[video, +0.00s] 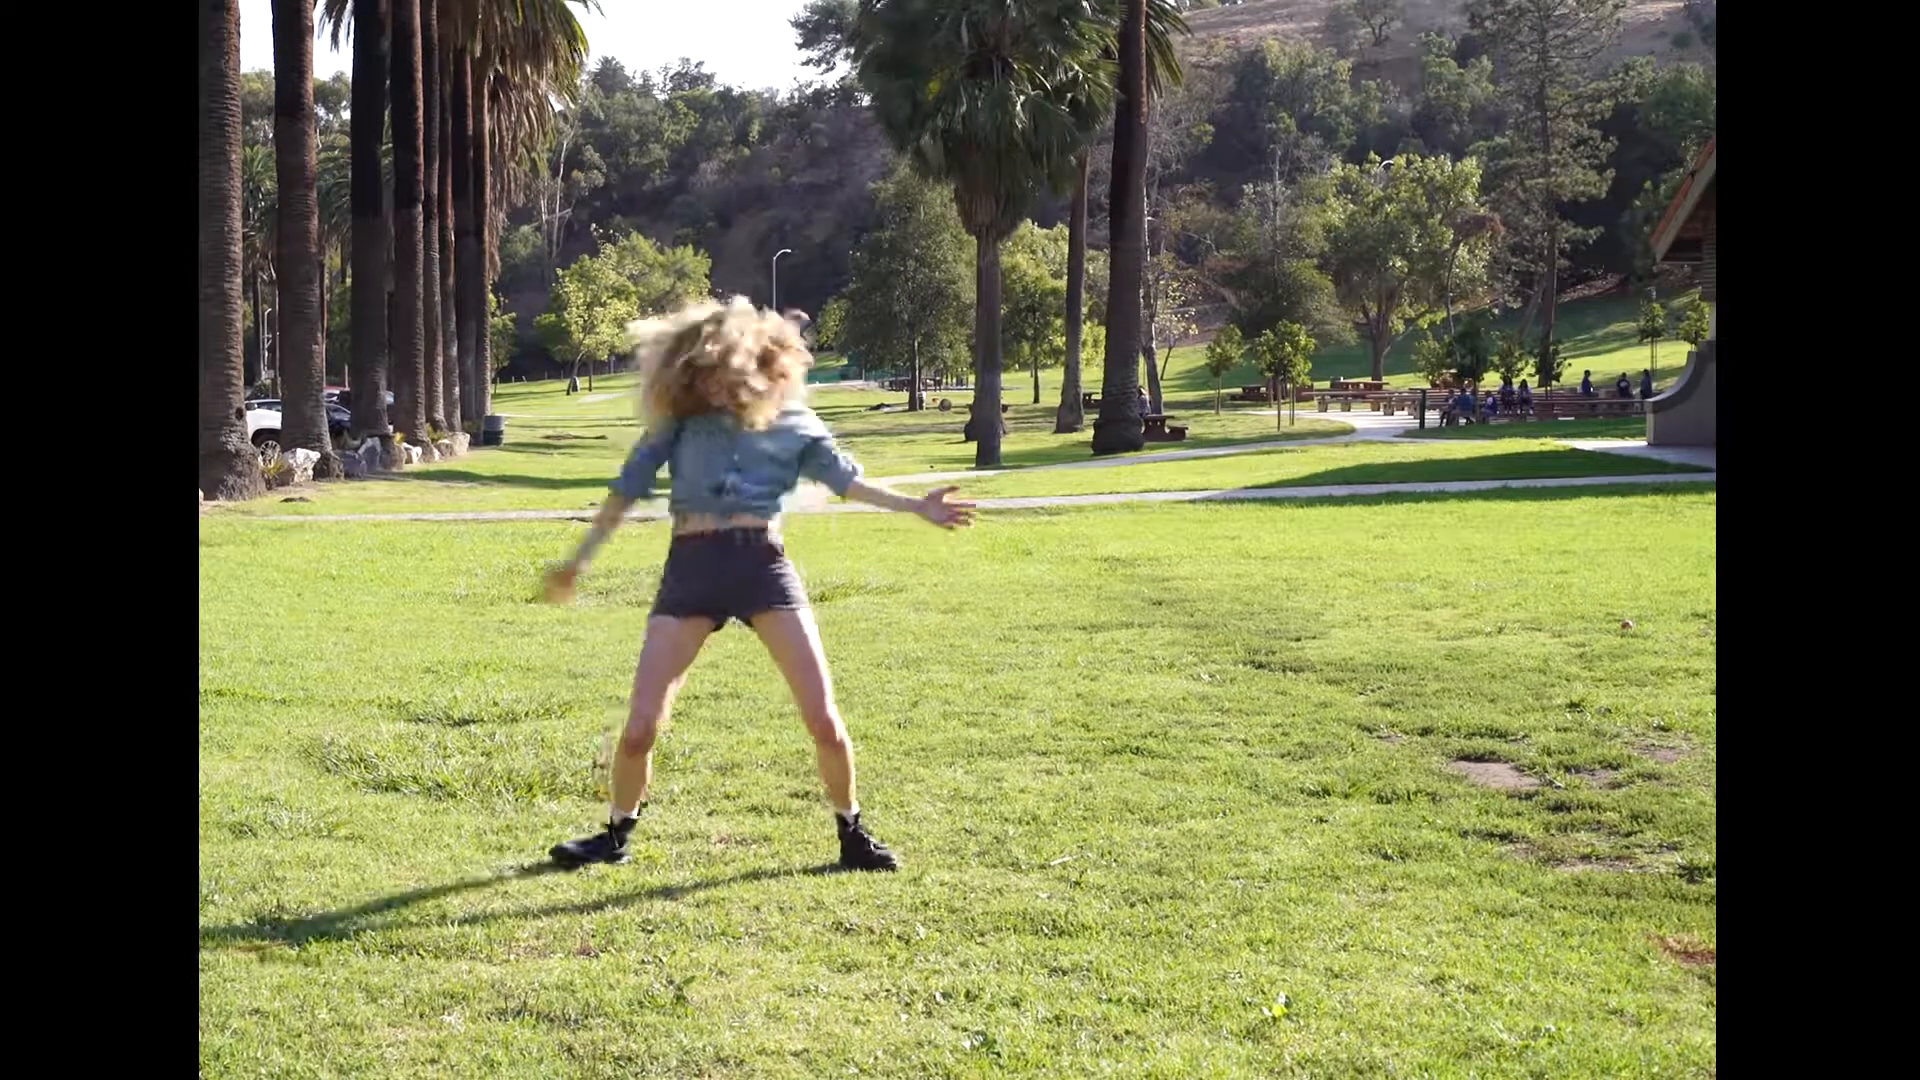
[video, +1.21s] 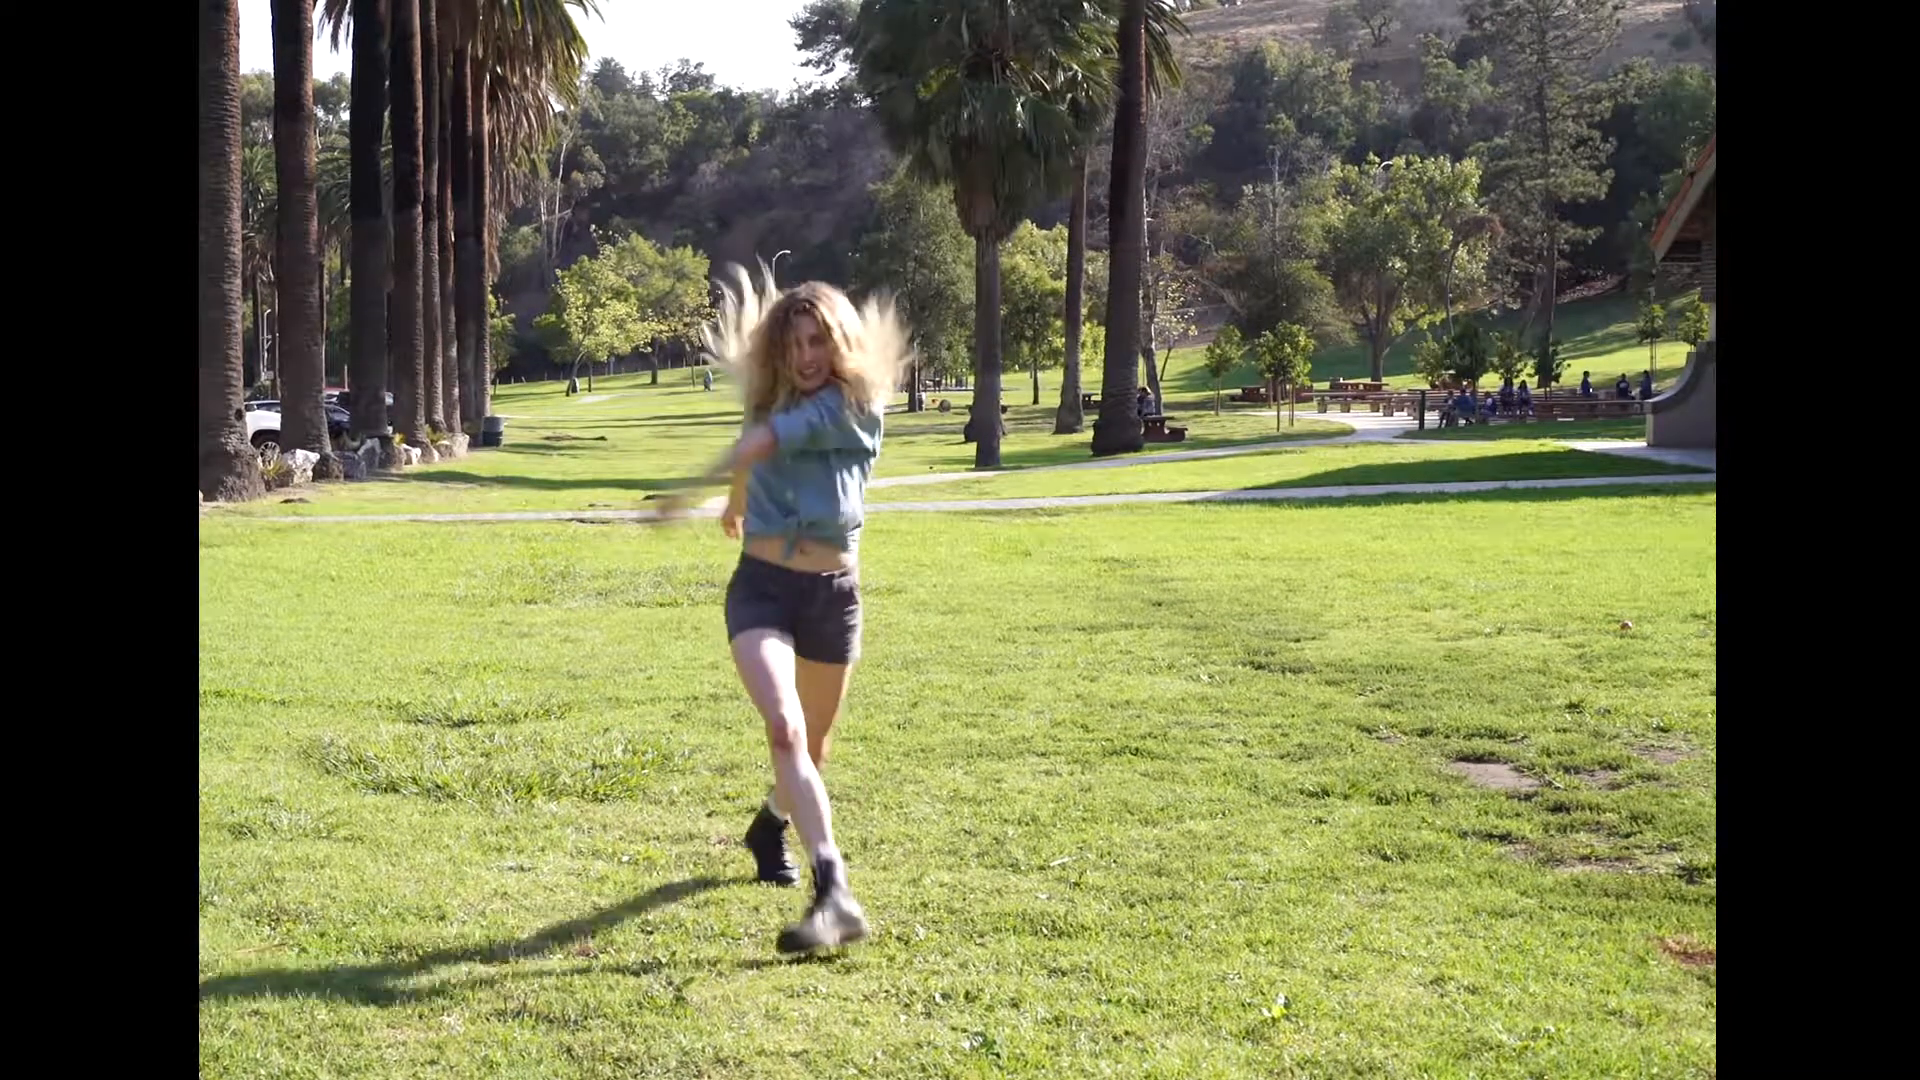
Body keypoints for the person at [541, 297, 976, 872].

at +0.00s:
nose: (718, 391)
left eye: (729, 378)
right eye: (706, 379)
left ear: (760, 373)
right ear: (692, 377)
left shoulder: (792, 426)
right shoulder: (681, 425)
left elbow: (851, 483)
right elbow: (624, 492)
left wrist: (918, 504)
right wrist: (578, 561)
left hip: (763, 566)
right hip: (690, 567)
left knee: (827, 725)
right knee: (638, 730)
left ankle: (852, 833)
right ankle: (617, 835)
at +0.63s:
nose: (774, 337)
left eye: (784, 329)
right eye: (763, 329)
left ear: (804, 345)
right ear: (744, 345)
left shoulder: (824, 425)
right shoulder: (713, 408)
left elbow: (868, 496)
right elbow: (644, 467)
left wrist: (908, 434)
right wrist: (581, 523)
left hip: (782, 578)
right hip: (707, 574)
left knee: (849, 724)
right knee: (639, 724)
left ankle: (857, 837)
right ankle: (591, 829)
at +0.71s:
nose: (782, 294)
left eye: (792, 285)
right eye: (772, 285)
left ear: (814, 299)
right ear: (752, 299)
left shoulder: (834, 370)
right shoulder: (723, 360)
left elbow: (880, 420)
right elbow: (661, 434)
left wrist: (904, 344)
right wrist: (610, 507)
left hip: (795, 539)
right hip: (721, 534)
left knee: (844, 691)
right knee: (657, 681)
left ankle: (861, 824)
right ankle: (602, 800)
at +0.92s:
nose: (800, 260)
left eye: (811, 247)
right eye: (790, 249)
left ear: (836, 251)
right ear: (772, 256)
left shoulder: (858, 316)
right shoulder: (741, 302)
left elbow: (837, 331)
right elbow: (695, 376)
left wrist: (831, 253)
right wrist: (649, 454)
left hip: (804, 490)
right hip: (730, 483)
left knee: (813, 665)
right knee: (719, 654)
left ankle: (796, 799)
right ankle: (715, 813)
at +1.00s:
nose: (802, 288)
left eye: (816, 273)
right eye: (791, 275)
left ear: (843, 276)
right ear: (775, 275)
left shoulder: (857, 339)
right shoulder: (746, 323)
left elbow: (793, 343)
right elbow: (706, 399)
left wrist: (759, 254)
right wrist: (661, 465)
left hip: (809, 520)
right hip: (737, 510)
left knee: (801, 698)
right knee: (743, 665)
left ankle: (776, 816)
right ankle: (757, 823)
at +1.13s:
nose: (806, 353)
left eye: (819, 340)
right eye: (795, 342)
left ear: (843, 344)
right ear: (778, 348)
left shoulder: (857, 403)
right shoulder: (761, 402)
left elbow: (776, 402)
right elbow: (725, 450)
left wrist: (676, 381)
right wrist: (697, 501)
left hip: (821, 580)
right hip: (750, 576)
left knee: (801, 730)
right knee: (773, 704)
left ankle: (761, 831)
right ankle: (804, 852)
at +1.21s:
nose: (807, 355)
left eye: (818, 340)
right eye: (794, 343)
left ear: (839, 343)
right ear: (777, 352)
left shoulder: (856, 402)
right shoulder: (767, 410)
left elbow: (766, 439)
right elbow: (752, 463)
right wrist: (736, 506)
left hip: (832, 591)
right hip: (761, 585)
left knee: (812, 748)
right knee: (783, 731)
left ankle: (770, 827)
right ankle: (833, 891)